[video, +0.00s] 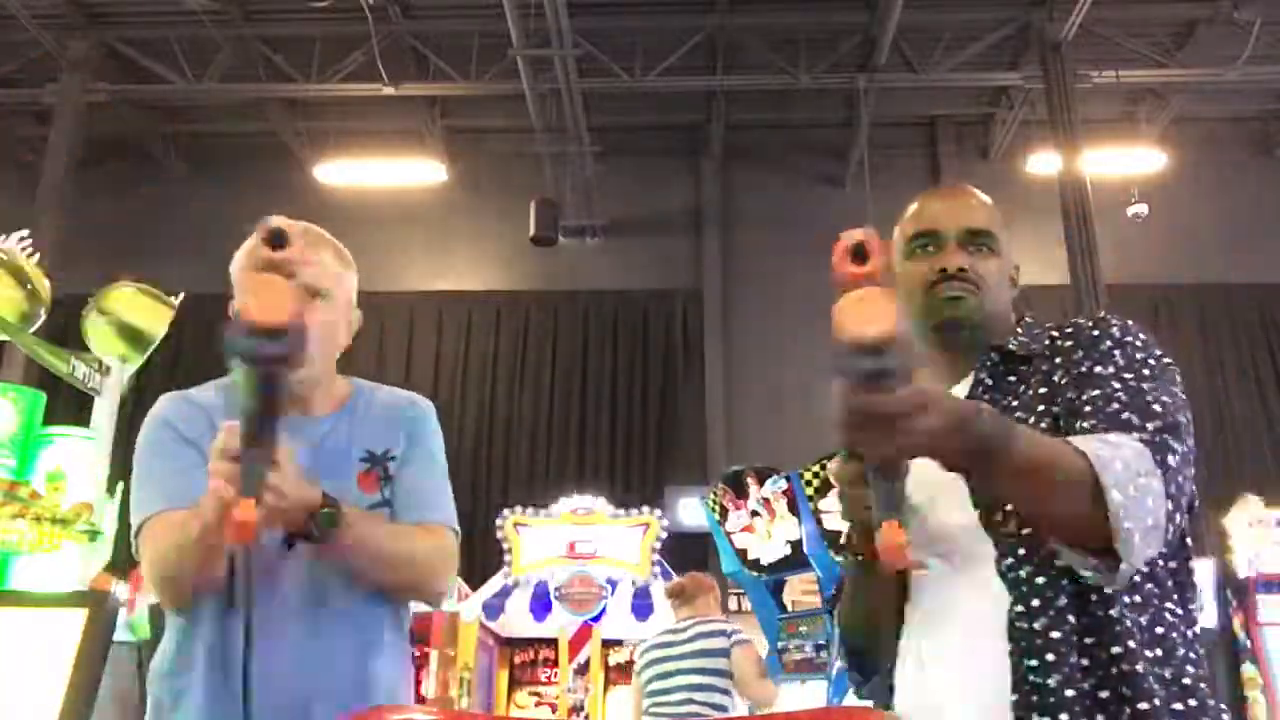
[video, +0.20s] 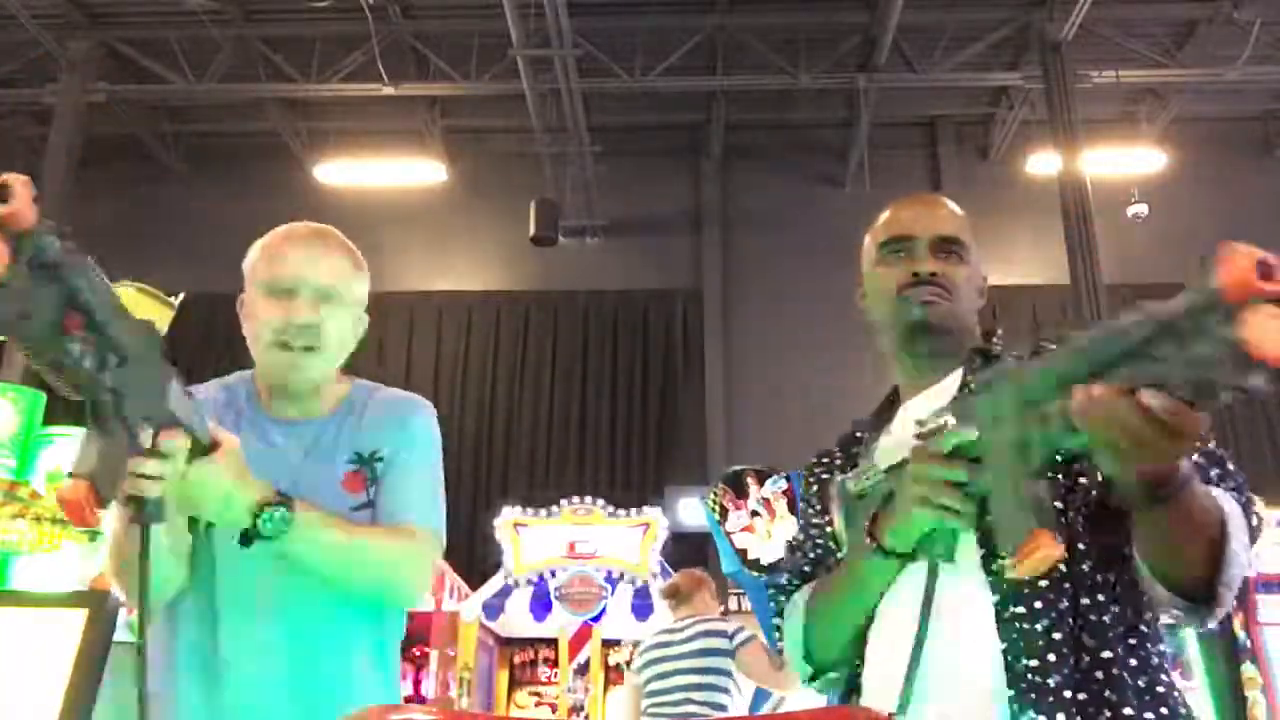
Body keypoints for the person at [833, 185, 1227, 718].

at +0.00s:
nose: (952, 262)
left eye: (977, 244)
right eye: (925, 247)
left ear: (1012, 274)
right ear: (897, 282)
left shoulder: (1102, 350)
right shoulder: (893, 419)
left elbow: (1134, 513)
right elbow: (871, 667)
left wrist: (967, 437)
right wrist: (868, 537)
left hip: (1107, 699)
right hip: (944, 705)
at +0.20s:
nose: (924, 266)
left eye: (949, 252)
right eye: (897, 252)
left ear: (983, 293)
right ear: (863, 296)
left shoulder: (1077, 397)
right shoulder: (836, 472)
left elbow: (1205, 592)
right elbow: (801, 651)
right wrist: (883, 540)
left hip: (1081, 705)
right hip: (904, 707)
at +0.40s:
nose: (907, 268)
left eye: (933, 254)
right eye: (881, 255)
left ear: (971, 287)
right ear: (854, 297)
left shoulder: (1079, 393)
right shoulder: (847, 460)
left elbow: (1161, 560)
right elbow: (805, 665)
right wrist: (851, 550)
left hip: (1069, 706)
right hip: (892, 709)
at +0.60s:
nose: (895, 277)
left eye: (921, 258)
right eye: (872, 265)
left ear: (974, 280)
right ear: (855, 300)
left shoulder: (1047, 345)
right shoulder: (892, 443)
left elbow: (1038, 506)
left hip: (1073, 699)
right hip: (945, 704)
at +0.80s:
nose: (908, 270)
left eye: (936, 253)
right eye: (885, 260)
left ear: (986, 280)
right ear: (868, 297)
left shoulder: (1064, 347)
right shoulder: (894, 439)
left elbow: (1088, 519)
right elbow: (858, 667)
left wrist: (895, 445)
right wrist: (834, 530)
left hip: (1080, 699)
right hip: (935, 704)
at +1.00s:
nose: (933, 271)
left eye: (956, 250)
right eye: (906, 254)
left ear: (993, 268)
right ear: (875, 296)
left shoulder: (1084, 357)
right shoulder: (877, 451)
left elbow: (1164, 525)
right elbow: (822, 648)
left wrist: (1057, 404)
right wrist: (870, 521)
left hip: (1087, 704)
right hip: (907, 706)